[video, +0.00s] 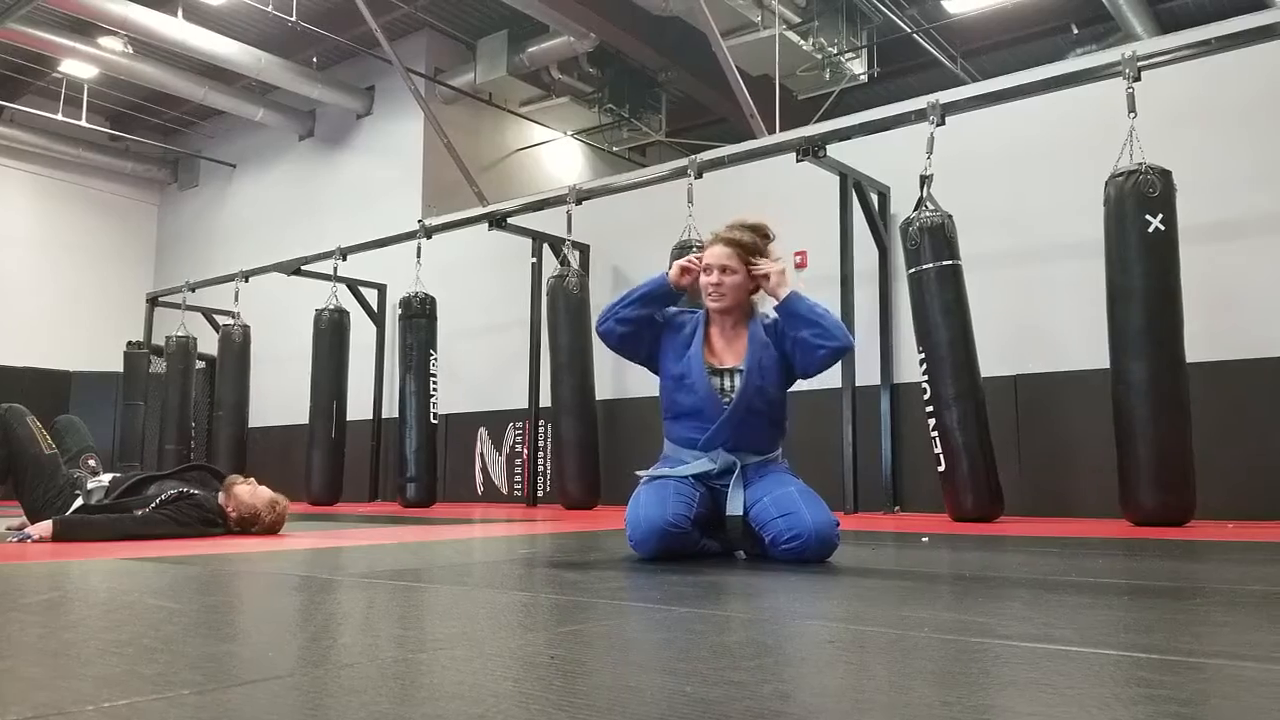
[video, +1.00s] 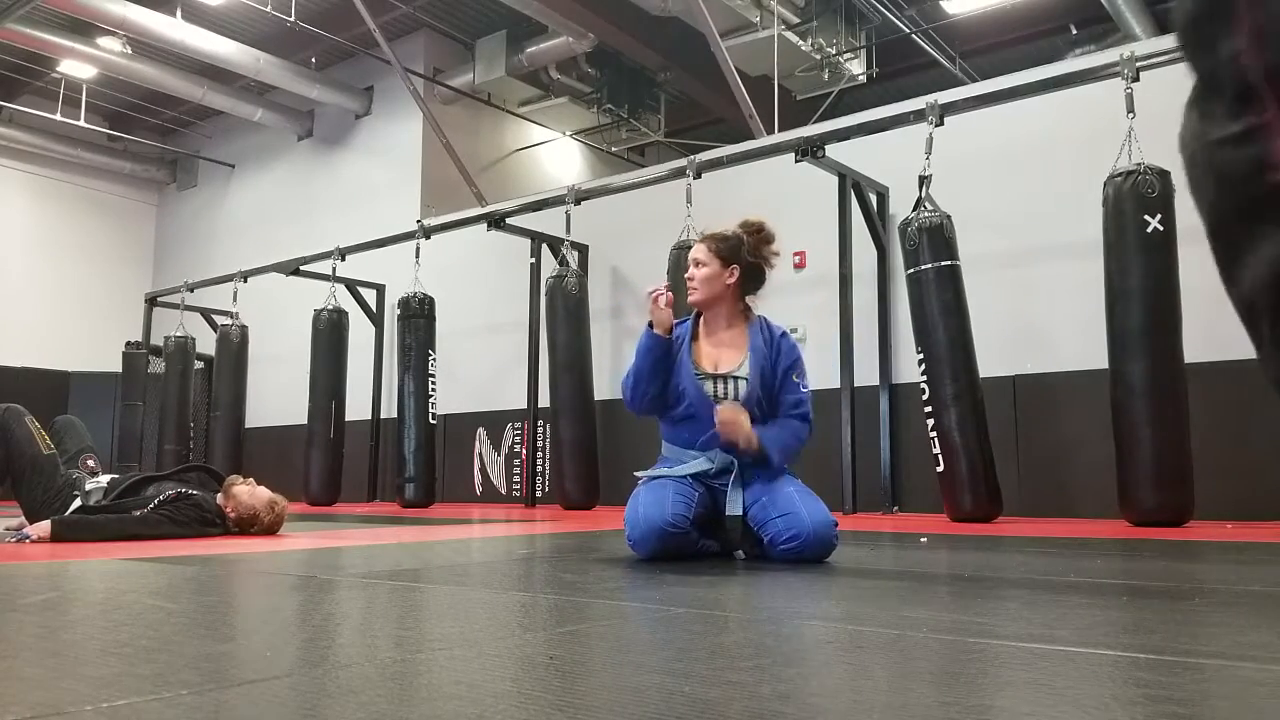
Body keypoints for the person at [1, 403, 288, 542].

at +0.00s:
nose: (248, 476)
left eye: (250, 488)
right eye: (256, 483)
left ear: (234, 510)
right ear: (237, 504)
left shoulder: (200, 513)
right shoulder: (218, 490)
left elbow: (129, 524)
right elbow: (157, 483)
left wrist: (56, 527)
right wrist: (115, 480)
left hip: (67, 502)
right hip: (100, 486)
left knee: (11, 414)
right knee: (67, 421)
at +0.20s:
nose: (248, 476)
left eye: (250, 487)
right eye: (256, 483)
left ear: (235, 511)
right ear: (237, 505)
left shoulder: (200, 513)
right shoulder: (217, 490)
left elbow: (129, 524)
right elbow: (151, 484)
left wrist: (56, 527)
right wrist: (110, 482)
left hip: (67, 501)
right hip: (100, 486)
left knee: (12, 414)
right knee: (66, 421)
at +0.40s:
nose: (247, 476)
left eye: (249, 487)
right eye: (255, 483)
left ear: (233, 509)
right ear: (236, 503)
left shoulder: (199, 513)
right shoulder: (216, 488)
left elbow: (130, 524)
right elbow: (155, 482)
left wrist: (56, 527)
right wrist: (113, 478)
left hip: (68, 501)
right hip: (100, 485)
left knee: (11, 414)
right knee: (66, 421)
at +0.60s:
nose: (247, 476)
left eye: (250, 487)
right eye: (255, 483)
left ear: (234, 510)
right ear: (237, 505)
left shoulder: (200, 513)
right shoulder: (216, 490)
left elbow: (130, 524)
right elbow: (153, 485)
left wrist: (55, 527)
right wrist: (113, 481)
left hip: (68, 501)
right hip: (99, 485)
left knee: (11, 415)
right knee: (66, 421)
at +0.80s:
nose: (247, 476)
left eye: (248, 487)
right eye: (254, 483)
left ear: (233, 510)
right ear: (236, 504)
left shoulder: (199, 513)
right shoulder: (215, 489)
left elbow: (129, 524)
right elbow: (154, 483)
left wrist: (55, 526)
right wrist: (111, 481)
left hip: (67, 500)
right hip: (98, 485)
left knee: (12, 414)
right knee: (65, 421)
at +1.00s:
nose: (246, 477)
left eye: (248, 487)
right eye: (253, 483)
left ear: (233, 509)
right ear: (235, 504)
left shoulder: (199, 513)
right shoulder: (215, 490)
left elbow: (130, 524)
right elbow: (151, 487)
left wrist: (56, 527)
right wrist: (112, 481)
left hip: (68, 500)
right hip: (99, 486)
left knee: (11, 414)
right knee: (66, 421)